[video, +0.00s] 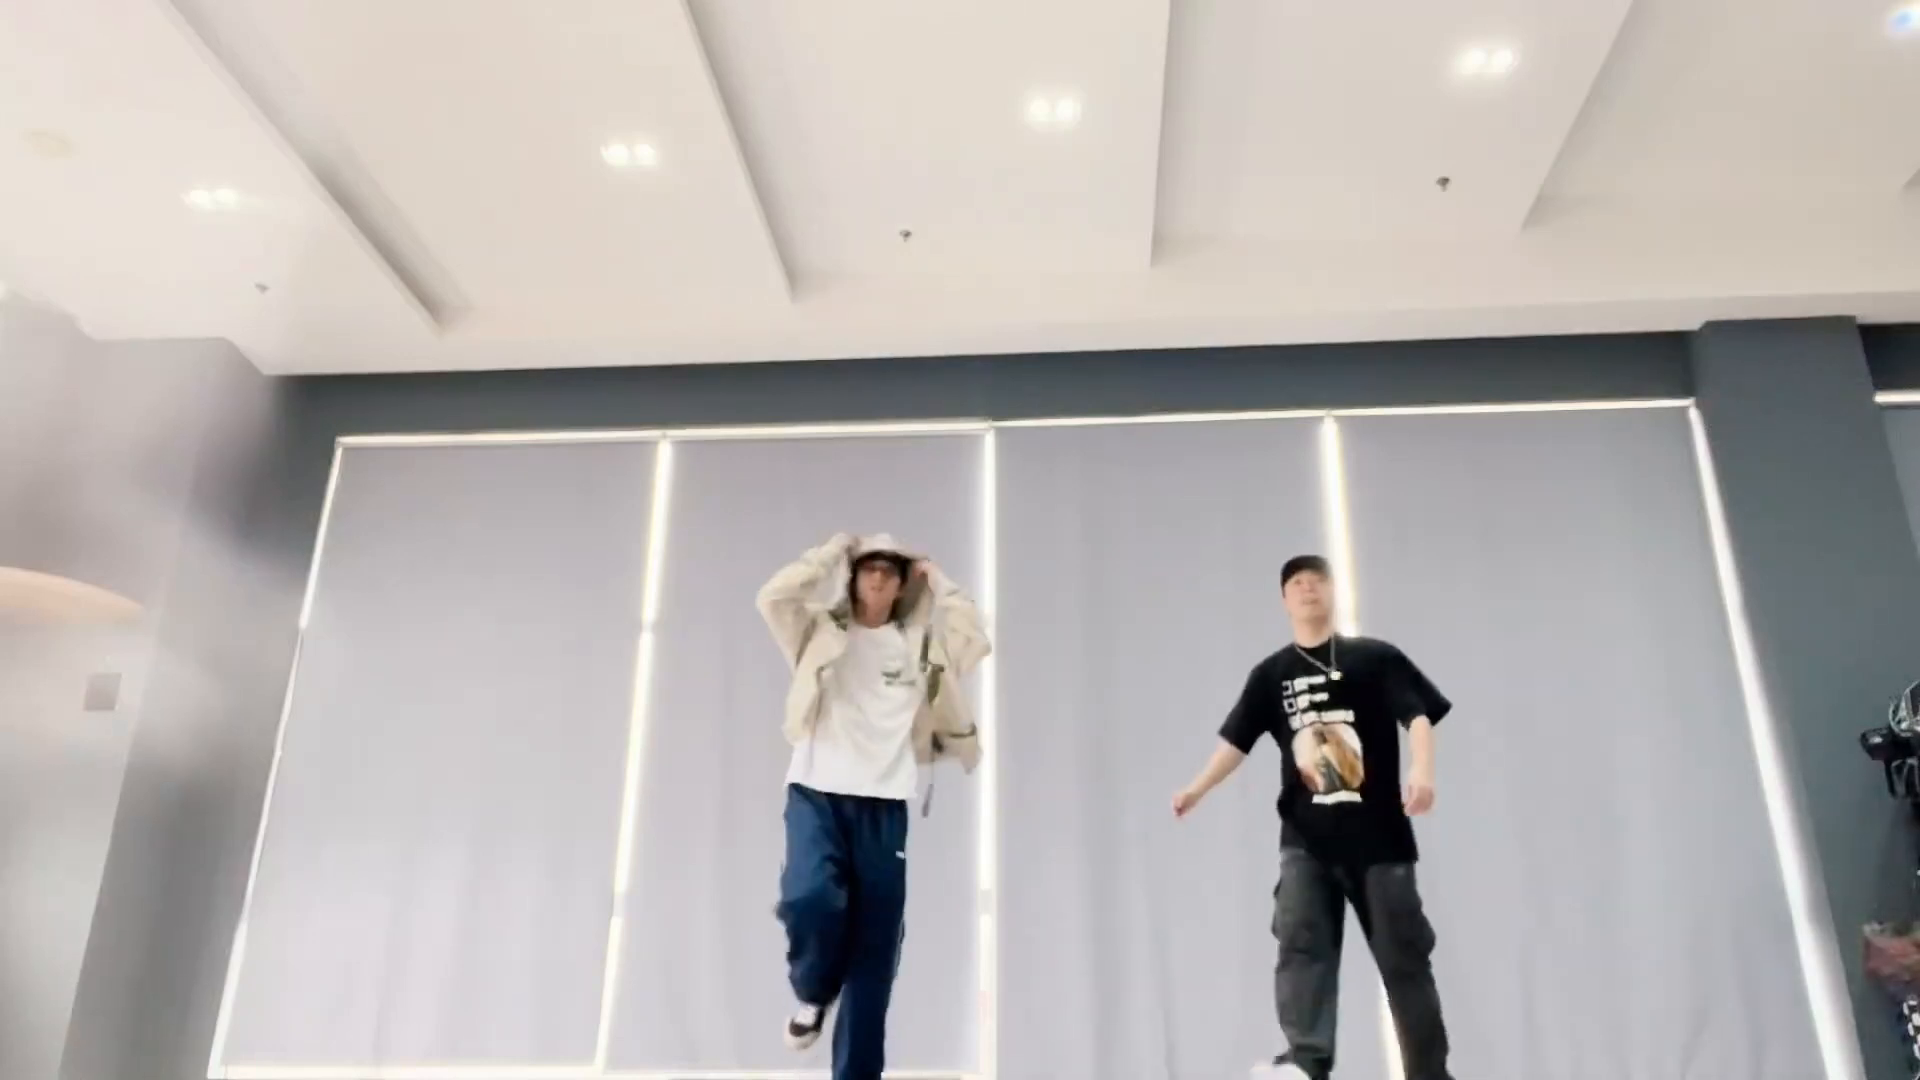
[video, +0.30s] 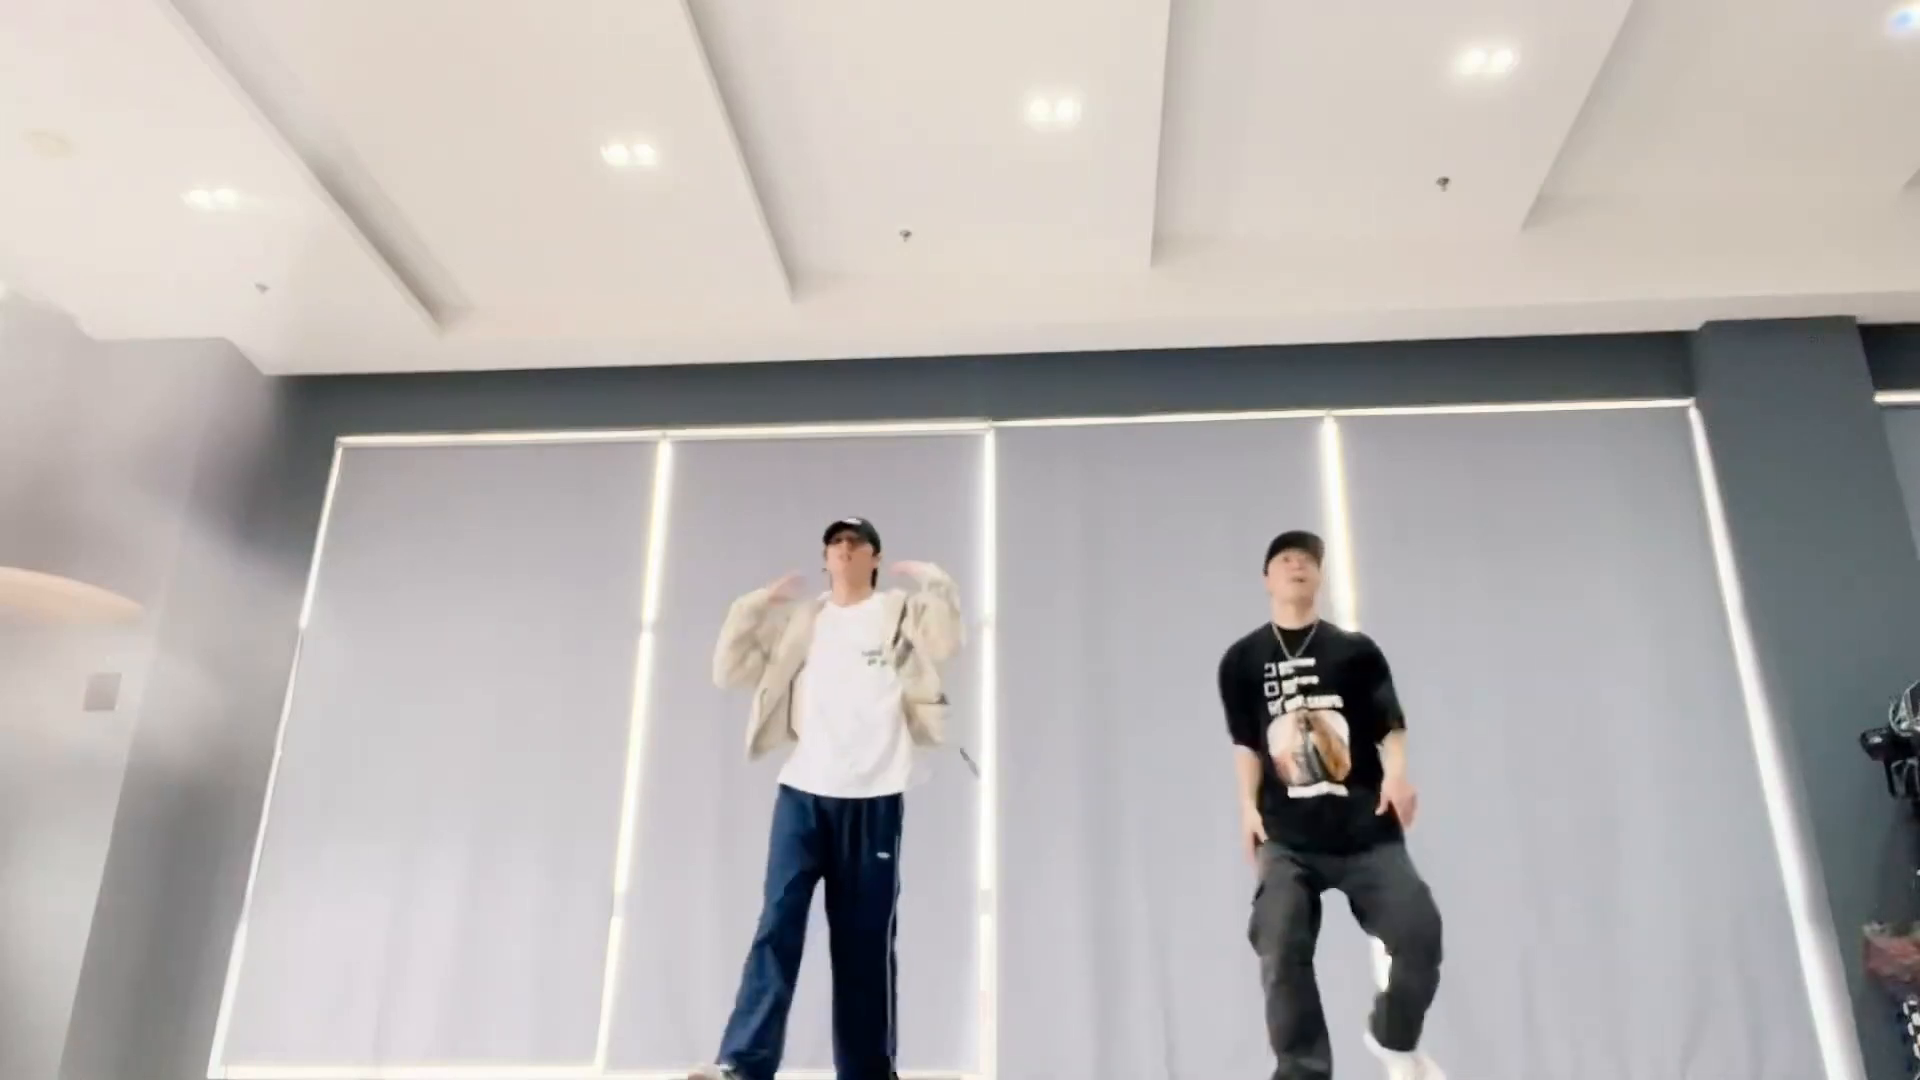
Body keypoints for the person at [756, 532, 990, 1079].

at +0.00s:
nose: (879, 580)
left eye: (889, 573)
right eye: (869, 570)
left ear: (902, 587)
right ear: (850, 580)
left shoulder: (921, 643)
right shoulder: (820, 634)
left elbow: (974, 643)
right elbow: (775, 600)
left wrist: (938, 583)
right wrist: (833, 556)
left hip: (883, 803)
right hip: (815, 794)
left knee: (875, 951)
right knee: (808, 899)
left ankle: (856, 1071)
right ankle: (813, 995)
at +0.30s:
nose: (844, 550)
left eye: (855, 543)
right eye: (836, 544)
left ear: (874, 560)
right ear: (825, 559)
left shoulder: (900, 608)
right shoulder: (801, 618)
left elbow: (944, 646)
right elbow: (731, 673)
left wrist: (932, 580)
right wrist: (757, 604)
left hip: (873, 797)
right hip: (803, 791)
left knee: (864, 944)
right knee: (776, 928)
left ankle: (868, 1072)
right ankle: (745, 1064)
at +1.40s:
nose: (794, 474)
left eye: (807, 470)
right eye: (783, 466)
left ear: (822, 495)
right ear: (763, 487)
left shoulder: (845, 559)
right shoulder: (722, 547)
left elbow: (858, 664)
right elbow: (676, 653)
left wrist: (874, 631)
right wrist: (691, 583)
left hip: (799, 752)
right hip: (718, 740)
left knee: (791, 921)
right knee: (700, 850)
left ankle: (803, 1069)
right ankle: (694, 1039)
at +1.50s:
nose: (802, 488)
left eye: (815, 484)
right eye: (791, 480)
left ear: (828, 509)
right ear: (769, 500)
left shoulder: (839, 586)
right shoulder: (720, 551)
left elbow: (834, 693)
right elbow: (652, 635)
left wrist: (850, 637)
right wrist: (689, 560)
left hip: (783, 770)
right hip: (695, 755)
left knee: (797, 912)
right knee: (633, 861)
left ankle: (792, 1067)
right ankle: (602, 998)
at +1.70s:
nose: (772, 555)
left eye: (784, 553)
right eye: (761, 549)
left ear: (795, 582)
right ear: (738, 567)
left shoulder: (807, 659)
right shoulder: (702, 593)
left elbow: (892, 679)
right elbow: (712, 486)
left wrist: (975, 697)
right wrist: (710, 381)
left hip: (717, 835)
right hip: (627, 813)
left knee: (833, 908)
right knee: (539, 957)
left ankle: (754, 1055)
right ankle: (430, 1056)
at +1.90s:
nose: (760, 486)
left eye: (772, 479)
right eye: (748, 480)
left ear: (792, 500)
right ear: (731, 499)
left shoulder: (812, 569)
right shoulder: (690, 529)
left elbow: (834, 663)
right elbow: (613, 561)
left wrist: (900, 638)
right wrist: (659, 481)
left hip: (757, 769)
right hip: (670, 753)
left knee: (785, 899)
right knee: (626, 906)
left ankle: (773, 1062)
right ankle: (523, 1049)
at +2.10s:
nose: (712, 484)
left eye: (726, 476)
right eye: (705, 477)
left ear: (756, 492)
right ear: (697, 497)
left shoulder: (802, 539)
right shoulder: (688, 577)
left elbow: (862, 528)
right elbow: (650, 661)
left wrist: (818, 463)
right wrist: (608, 612)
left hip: (785, 760)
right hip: (700, 760)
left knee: (835, 884)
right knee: (665, 913)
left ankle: (836, 1027)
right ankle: (697, 1067)